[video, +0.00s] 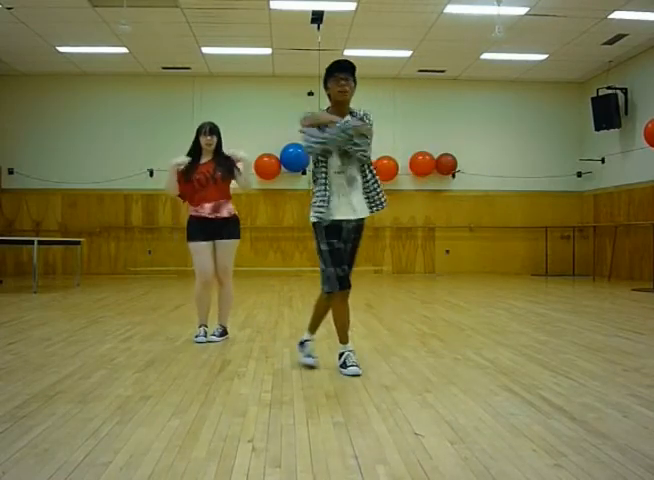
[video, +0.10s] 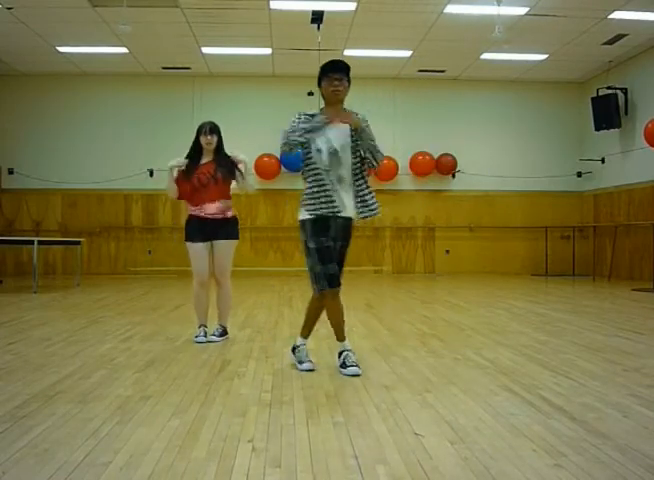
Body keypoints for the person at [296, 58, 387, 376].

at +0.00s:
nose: (342, 85)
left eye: (347, 81)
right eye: (336, 80)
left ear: (354, 87)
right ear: (326, 87)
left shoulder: (363, 120)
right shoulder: (315, 125)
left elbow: (342, 137)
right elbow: (309, 137)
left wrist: (316, 125)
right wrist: (341, 125)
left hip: (355, 210)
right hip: (326, 210)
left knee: (336, 282)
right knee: (338, 282)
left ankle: (306, 340)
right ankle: (345, 350)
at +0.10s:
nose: (336, 85)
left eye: (341, 81)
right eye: (331, 80)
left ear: (348, 86)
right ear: (320, 85)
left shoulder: (357, 122)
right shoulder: (304, 121)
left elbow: (378, 161)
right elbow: (286, 150)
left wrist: (359, 127)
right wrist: (322, 123)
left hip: (345, 209)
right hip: (315, 209)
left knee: (327, 283)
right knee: (328, 282)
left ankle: (300, 344)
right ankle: (344, 348)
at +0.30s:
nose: (324, 86)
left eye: (329, 82)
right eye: (318, 82)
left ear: (337, 88)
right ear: (308, 87)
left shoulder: (344, 127)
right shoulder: (294, 125)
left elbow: (350, 172)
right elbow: (278, 173)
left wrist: (358, 148)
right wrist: (275, 139)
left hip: (324, 214)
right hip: (293, 209)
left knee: (310, 285)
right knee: (280, 279)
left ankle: (298, 342)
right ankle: (304, 335)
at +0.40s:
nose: (315, 88)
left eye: (320, 83)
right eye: (310, 83)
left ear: (328, 89)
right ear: (300, 89)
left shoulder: (338, 127)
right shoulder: (287, 128)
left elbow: (350, 168)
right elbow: (269, 172)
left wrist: (348, 151)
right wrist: (267, 154)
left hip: (314, 218)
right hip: (281, 212)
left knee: (301, 289)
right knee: (270, 285)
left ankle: (294, 349)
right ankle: (262, 354)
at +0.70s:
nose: (297, 86)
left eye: (302, 81)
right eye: (291, 82)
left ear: (311, 87)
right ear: (281, 88)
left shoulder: (323, 125)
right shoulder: (265, 127)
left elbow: (338, 170)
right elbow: (247, 170)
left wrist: (324, 189)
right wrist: (264, 192)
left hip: (314, 222)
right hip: (279, 223)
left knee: (334, 288)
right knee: (271, 294)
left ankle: (339, 349)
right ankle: (255, 358)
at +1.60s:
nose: (300, 101)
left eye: (304, 95)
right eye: (293, 97)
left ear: (313, 99)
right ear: (284, 105)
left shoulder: (332, 135)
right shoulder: (279, 147)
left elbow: (356, 168)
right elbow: (270, 191)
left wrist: (361, 193)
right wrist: (229, 200)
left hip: (318, 228)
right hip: (284, 226)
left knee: (341, 292)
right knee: (273, 297)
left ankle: (312, 339)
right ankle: (255, 359)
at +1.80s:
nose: (333, 98)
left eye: (337, 93)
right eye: (326, 94)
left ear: (343, 97)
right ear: (315, 100)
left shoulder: (361, 122)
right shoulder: (310, 145)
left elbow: (405, 115)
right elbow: (317, 192)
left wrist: (449, 110)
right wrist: (352, 184)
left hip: (362, 224)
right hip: (326, 227)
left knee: (389, 291)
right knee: (298, 292)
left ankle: (425, 351)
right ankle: (263, 355)